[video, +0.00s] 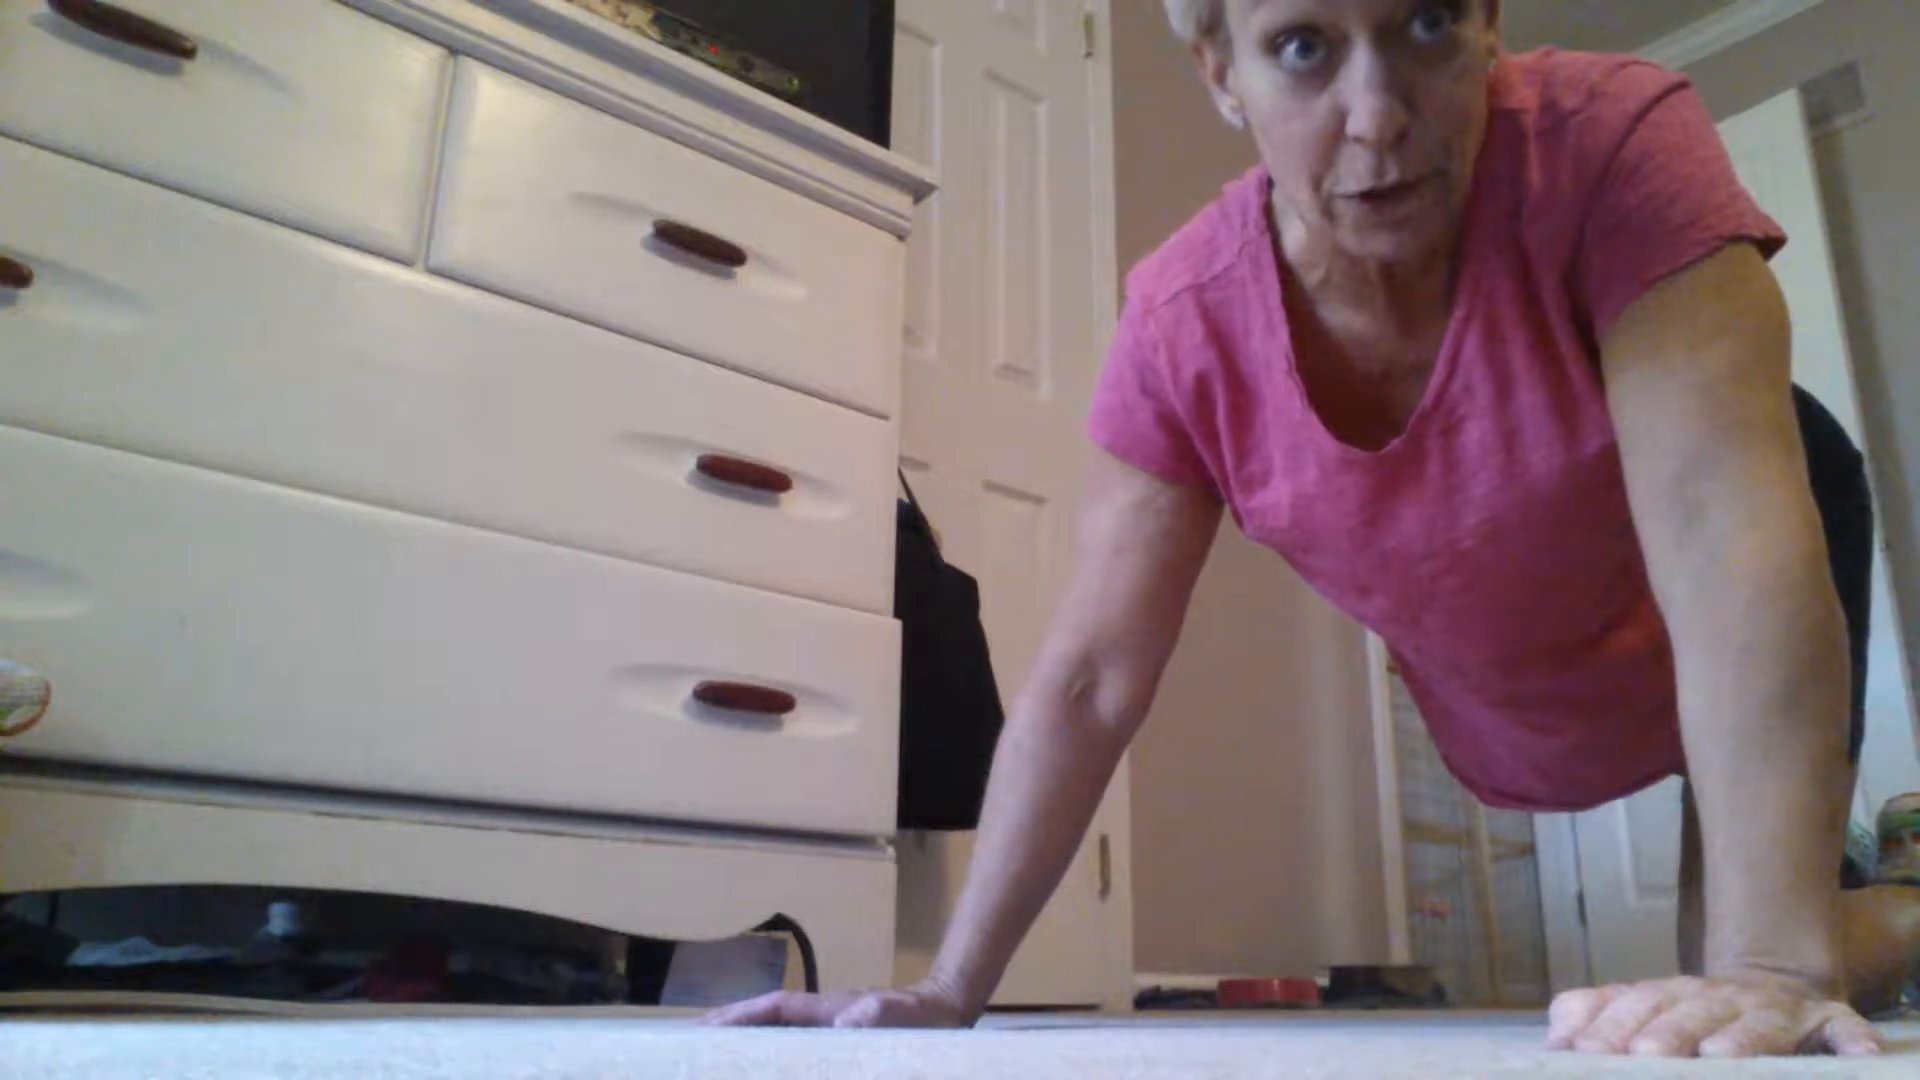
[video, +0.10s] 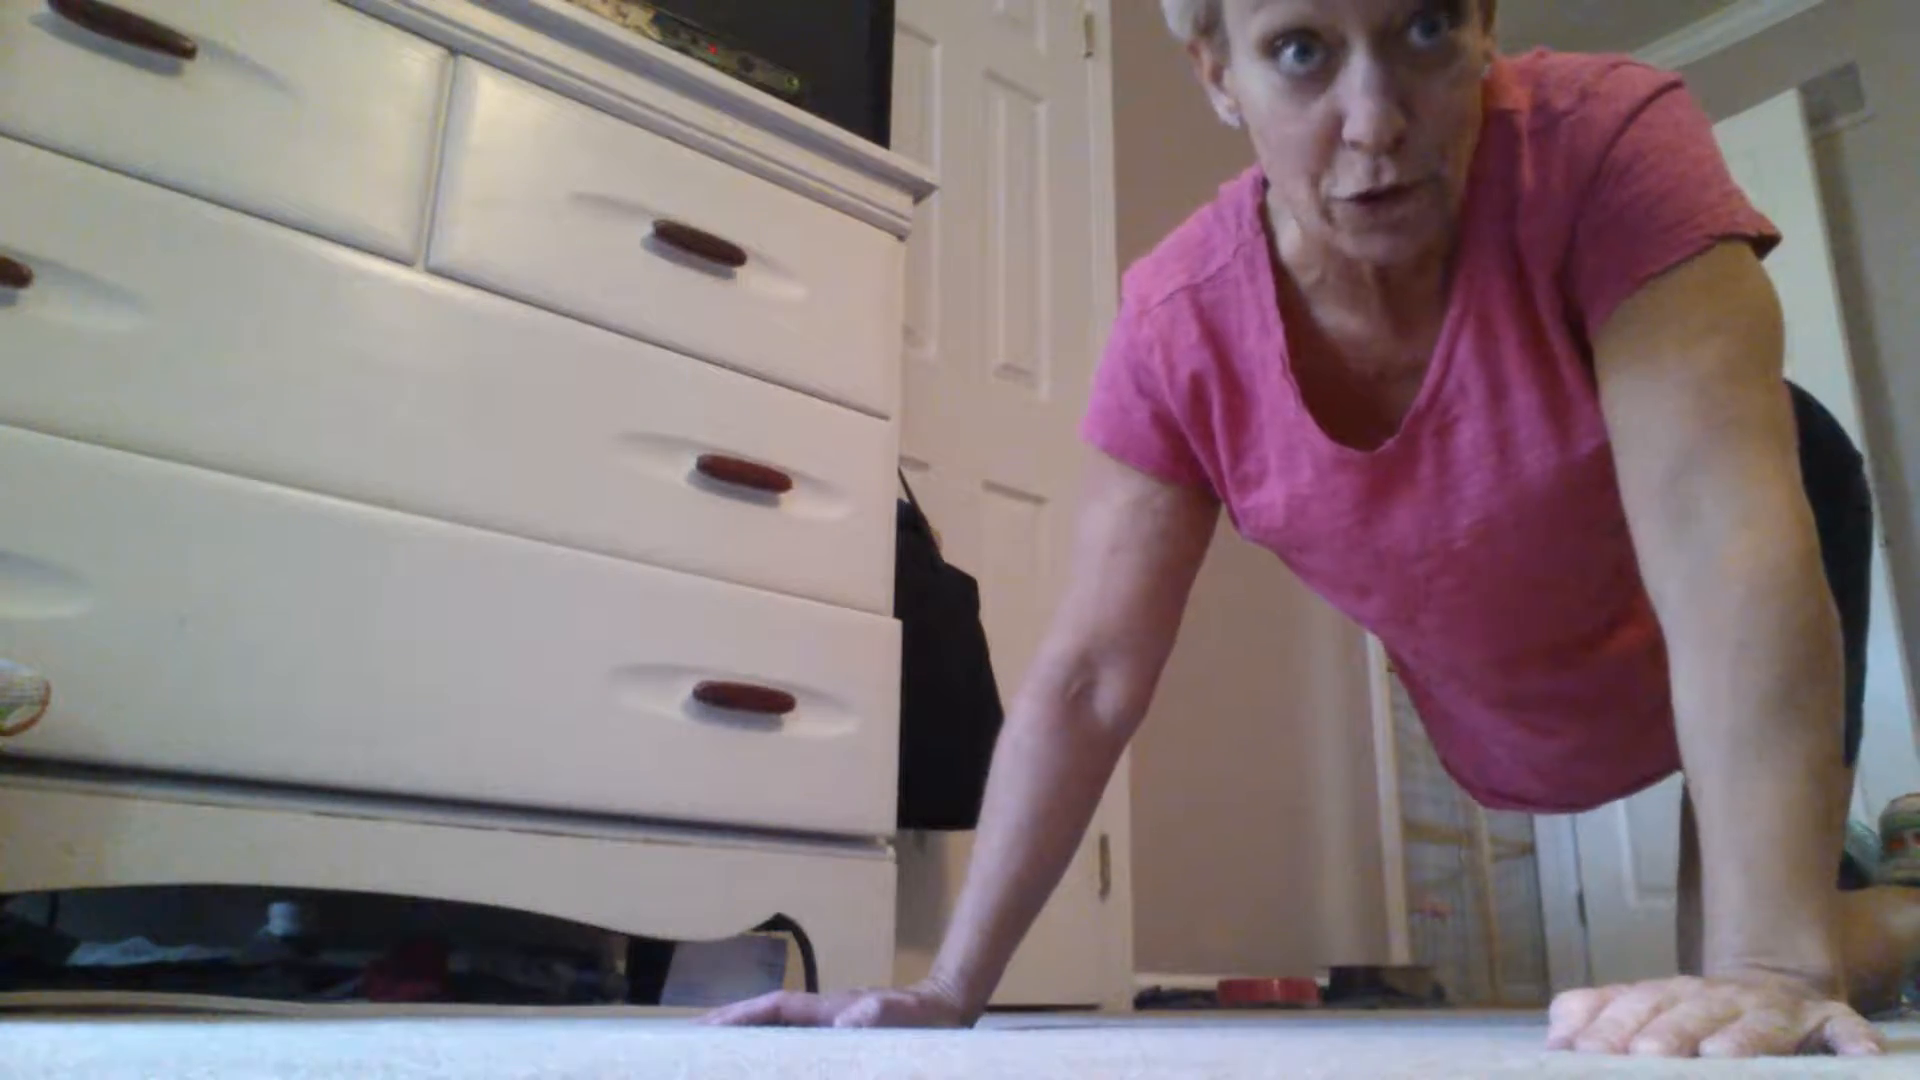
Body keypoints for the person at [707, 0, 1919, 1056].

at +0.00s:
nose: (1376, 111)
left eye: (1426, 37)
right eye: (1307, 52)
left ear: (1492, 36)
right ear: (1220, 75)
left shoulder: (1614, 143)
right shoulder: (1189, 316)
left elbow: (1730, 521)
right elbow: (1089, 682)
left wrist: (1770, 967)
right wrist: (954, 981)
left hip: (1747, 573)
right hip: (1552, 682)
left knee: (1785, 929)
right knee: (1771, 922)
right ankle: (1878, 912)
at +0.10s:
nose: (1374, 113)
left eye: (1420, 40)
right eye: (1305, 55)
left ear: (1487, 38)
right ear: (1216, 76)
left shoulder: (1608, 144)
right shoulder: (1185, 316)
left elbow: (1725, 524)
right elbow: (1087, 683)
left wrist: (1770, 964)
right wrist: (954, 982)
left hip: (1744, 565)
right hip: (1542, 678)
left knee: (1785, 927)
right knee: (1771, 917)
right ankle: (1878, 914)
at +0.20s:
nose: (1367, 120)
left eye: (1412, 45)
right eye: (1298, 62)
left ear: (1480, 45)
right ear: (1211, 83)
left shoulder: (1602, 149)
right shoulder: (1183, 315)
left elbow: (1723, 526)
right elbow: (1085, 685)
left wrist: (1768, 961)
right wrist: (954, 982)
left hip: (1737, 567)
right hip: (1541, 680)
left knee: (1786, 909)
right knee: (1777, 898)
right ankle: (1884, 931)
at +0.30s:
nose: (1372, 136)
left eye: (1417, 55)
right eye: (1299, 73)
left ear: (1481, 46)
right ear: (1211, 88)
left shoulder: (1600, 157)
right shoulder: (1182, 319)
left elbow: (1721, 529)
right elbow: (1085, 685)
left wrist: (1769, 961)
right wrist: (953, 983)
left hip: (1735, 581)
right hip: (1541, 696)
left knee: (1785, 910)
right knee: (1779, 895)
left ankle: (1887, 949)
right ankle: (1882, 930)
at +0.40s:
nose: (1371, 146)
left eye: (1415, 65)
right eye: (1298, 82)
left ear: (1477, 55)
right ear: (1210, 99)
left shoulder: (1595, 166)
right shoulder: (1180, 326)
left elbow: (1721, 533)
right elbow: (1085, 687)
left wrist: (1767, 961)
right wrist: (953, 983)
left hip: (1731, 589)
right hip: (1538, 699)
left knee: (1785, 922)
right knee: (1777, 900)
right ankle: (1877, 912)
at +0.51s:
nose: (1350, 169)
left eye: (1394, 87)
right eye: (1280, 112)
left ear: (1466, 62)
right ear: (1205, 118)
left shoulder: (1586, 167)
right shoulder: (1177, 327)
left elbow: (1718, 536)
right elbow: (1081, 688)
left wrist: (1766, 966)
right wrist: (954, 982)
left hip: (1732, 600)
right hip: (1542, 707)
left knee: (1784, 942)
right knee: (1773, 933)